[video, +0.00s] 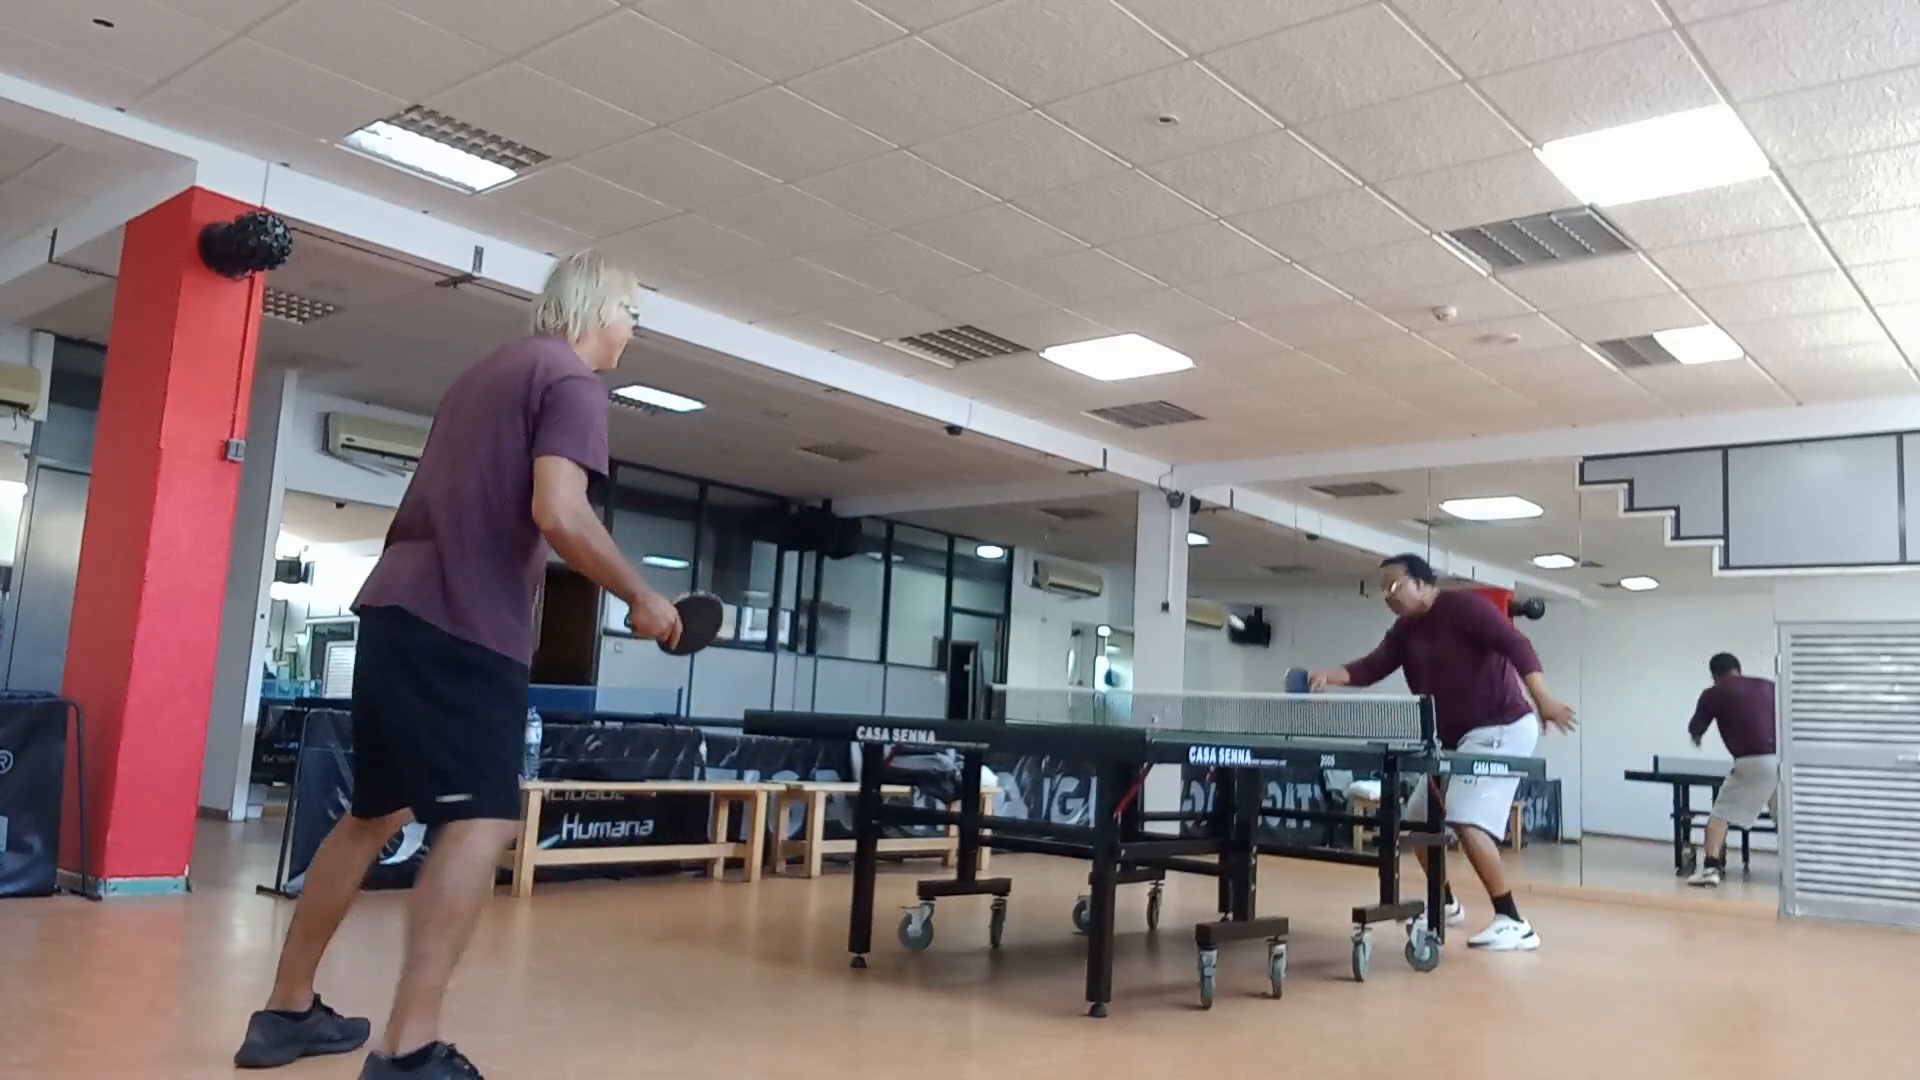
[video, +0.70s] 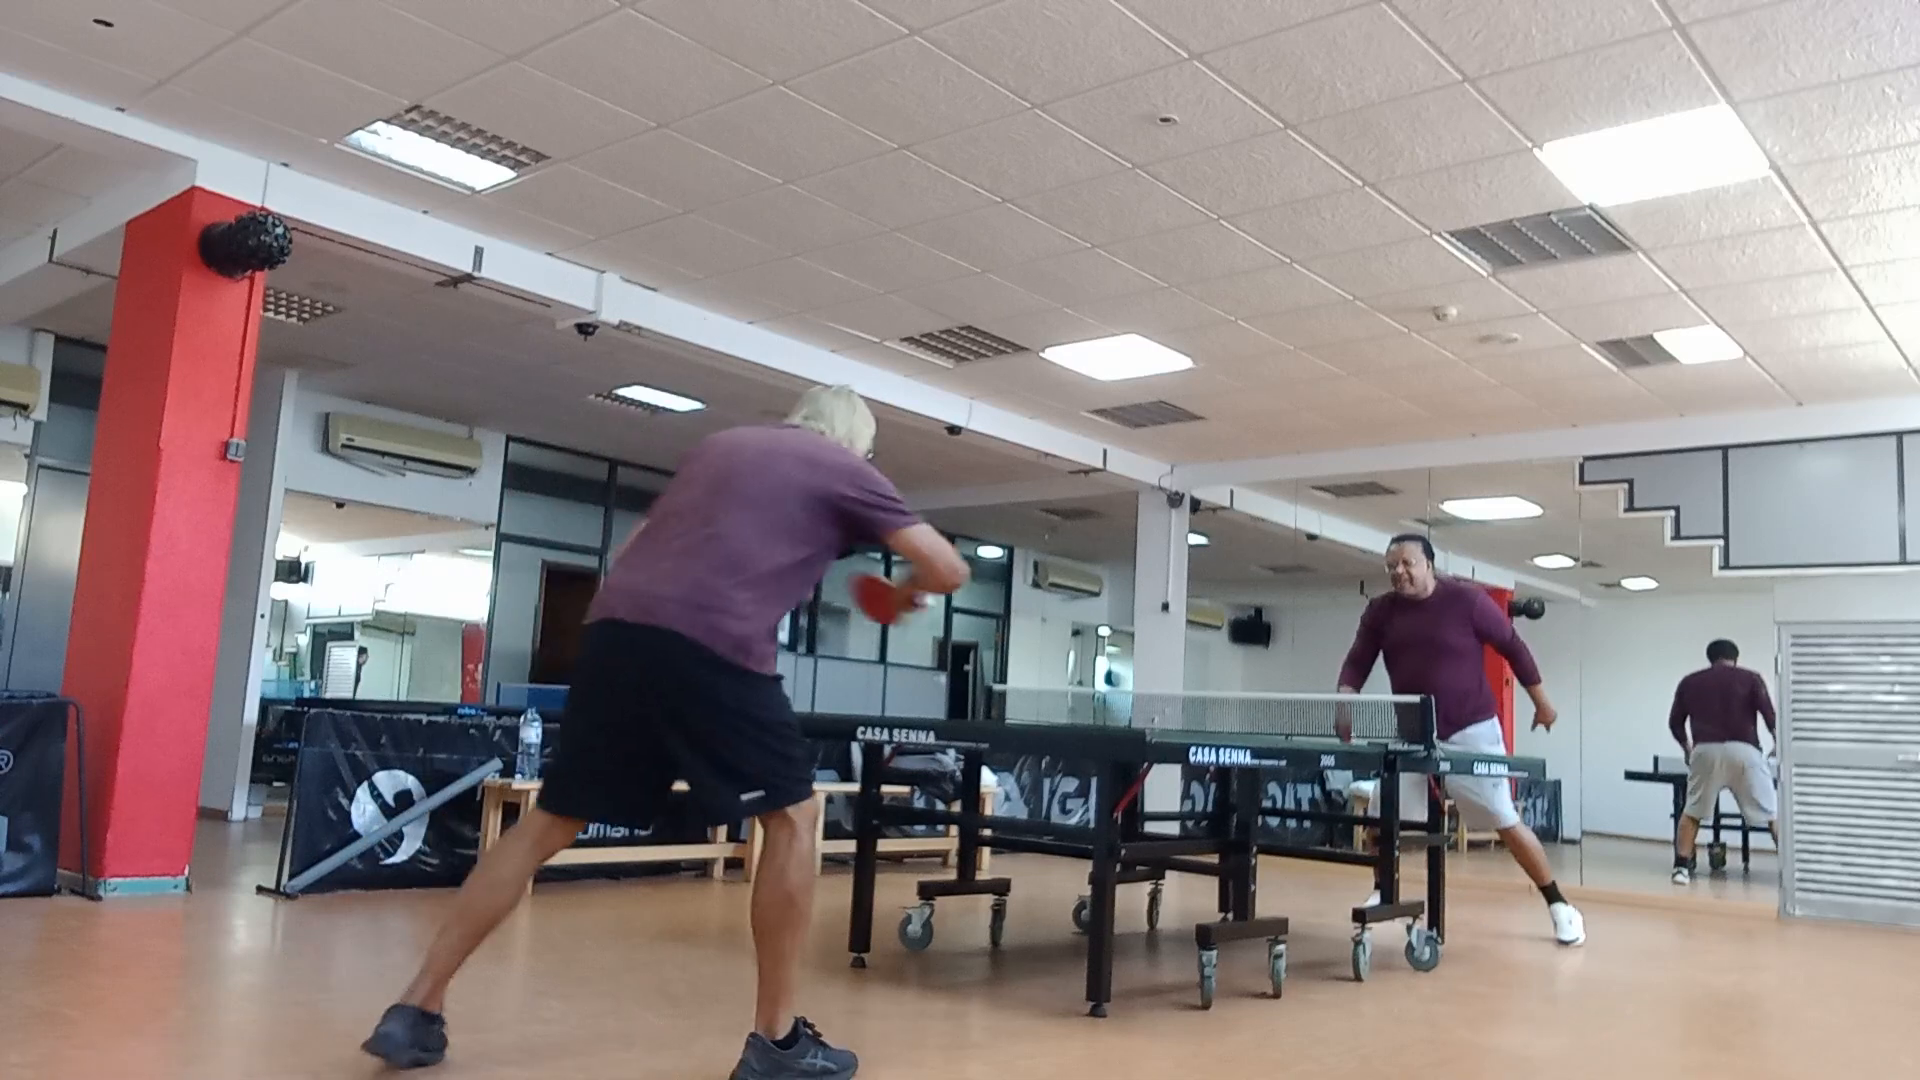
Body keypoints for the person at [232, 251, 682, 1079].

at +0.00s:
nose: (627, 338)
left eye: (630, 323)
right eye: (626, 322)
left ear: (554, 311)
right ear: (597, 319)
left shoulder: (487, 369)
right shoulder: (573, 379)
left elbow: (437, 507)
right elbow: (559, 511)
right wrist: (641, 596)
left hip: (395, 610)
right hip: (466, 628)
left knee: (373, 812)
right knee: (480, 820)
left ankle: (285, 1009)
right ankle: (408, 1047)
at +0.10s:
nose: (637, 347)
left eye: (639, 332)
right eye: (634, 330)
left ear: (563, 317)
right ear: (602, 323)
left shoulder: (493, 375)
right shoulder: (577, 381)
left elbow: (439, 512)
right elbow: (563, 502)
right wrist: (648, 589)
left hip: (403, 616)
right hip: (486, 628)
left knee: (376, 814)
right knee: (559, 803)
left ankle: (285, 1009)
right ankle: (449, 1015)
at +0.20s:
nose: (661, 370)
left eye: (664, 356)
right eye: (662, 353)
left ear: (589, 330)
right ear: (637, 342)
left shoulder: (519, 385)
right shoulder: (600, 390)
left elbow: (467, 516)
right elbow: (588, 501)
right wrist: (663, 584)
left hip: (432, 622)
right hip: (520, 632)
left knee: (400, 810)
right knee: (618, 792)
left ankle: (289, 1009)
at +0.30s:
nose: (697, 403)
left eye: (705, 390)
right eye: (701, 386)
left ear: (636, 354)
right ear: (677, 366)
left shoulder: (555, 403)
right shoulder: (644, 407)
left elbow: (513, 542)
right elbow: (637, 515)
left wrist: (598, 637)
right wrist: (697, 592)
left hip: (469, 640)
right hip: (558, 650)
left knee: (414, 820)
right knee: (658, 810)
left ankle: (293, 1009)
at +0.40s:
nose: (751, 431)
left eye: (754, 419)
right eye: (754, 418)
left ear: (686, 382)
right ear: (733, 400)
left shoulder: (602, 420)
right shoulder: (705, 437)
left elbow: (581, 533)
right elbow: (724, 553)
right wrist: (748, 611)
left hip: (517, 657)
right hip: (613, 671)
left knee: (442, 825)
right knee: (714, 833)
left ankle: (305, 1006)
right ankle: (764, 1036)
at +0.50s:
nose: (801, 454)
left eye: (807, 443)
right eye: (804, 439)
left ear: (735, 404)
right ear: (786, 422)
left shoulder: (651, 435)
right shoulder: (768, 452)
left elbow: (612, 554)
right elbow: (822, 571)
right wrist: (798, 610)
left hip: (556, 659)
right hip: (661, 668)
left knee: (479, 831)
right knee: (759, 818)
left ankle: (345, 1013)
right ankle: (770, 1035)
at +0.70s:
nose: (864, 468)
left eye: (862, 454)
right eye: (864, 457)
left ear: (798, 417)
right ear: (852, 444)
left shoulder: (720, 443)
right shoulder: (844, 467)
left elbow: (663, 541)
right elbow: (946, 570)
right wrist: (900, 592)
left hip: (616, 629)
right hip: (715, 647)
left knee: (546, 822)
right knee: (793, 817)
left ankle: (417, 1007)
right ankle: (775, 1036)